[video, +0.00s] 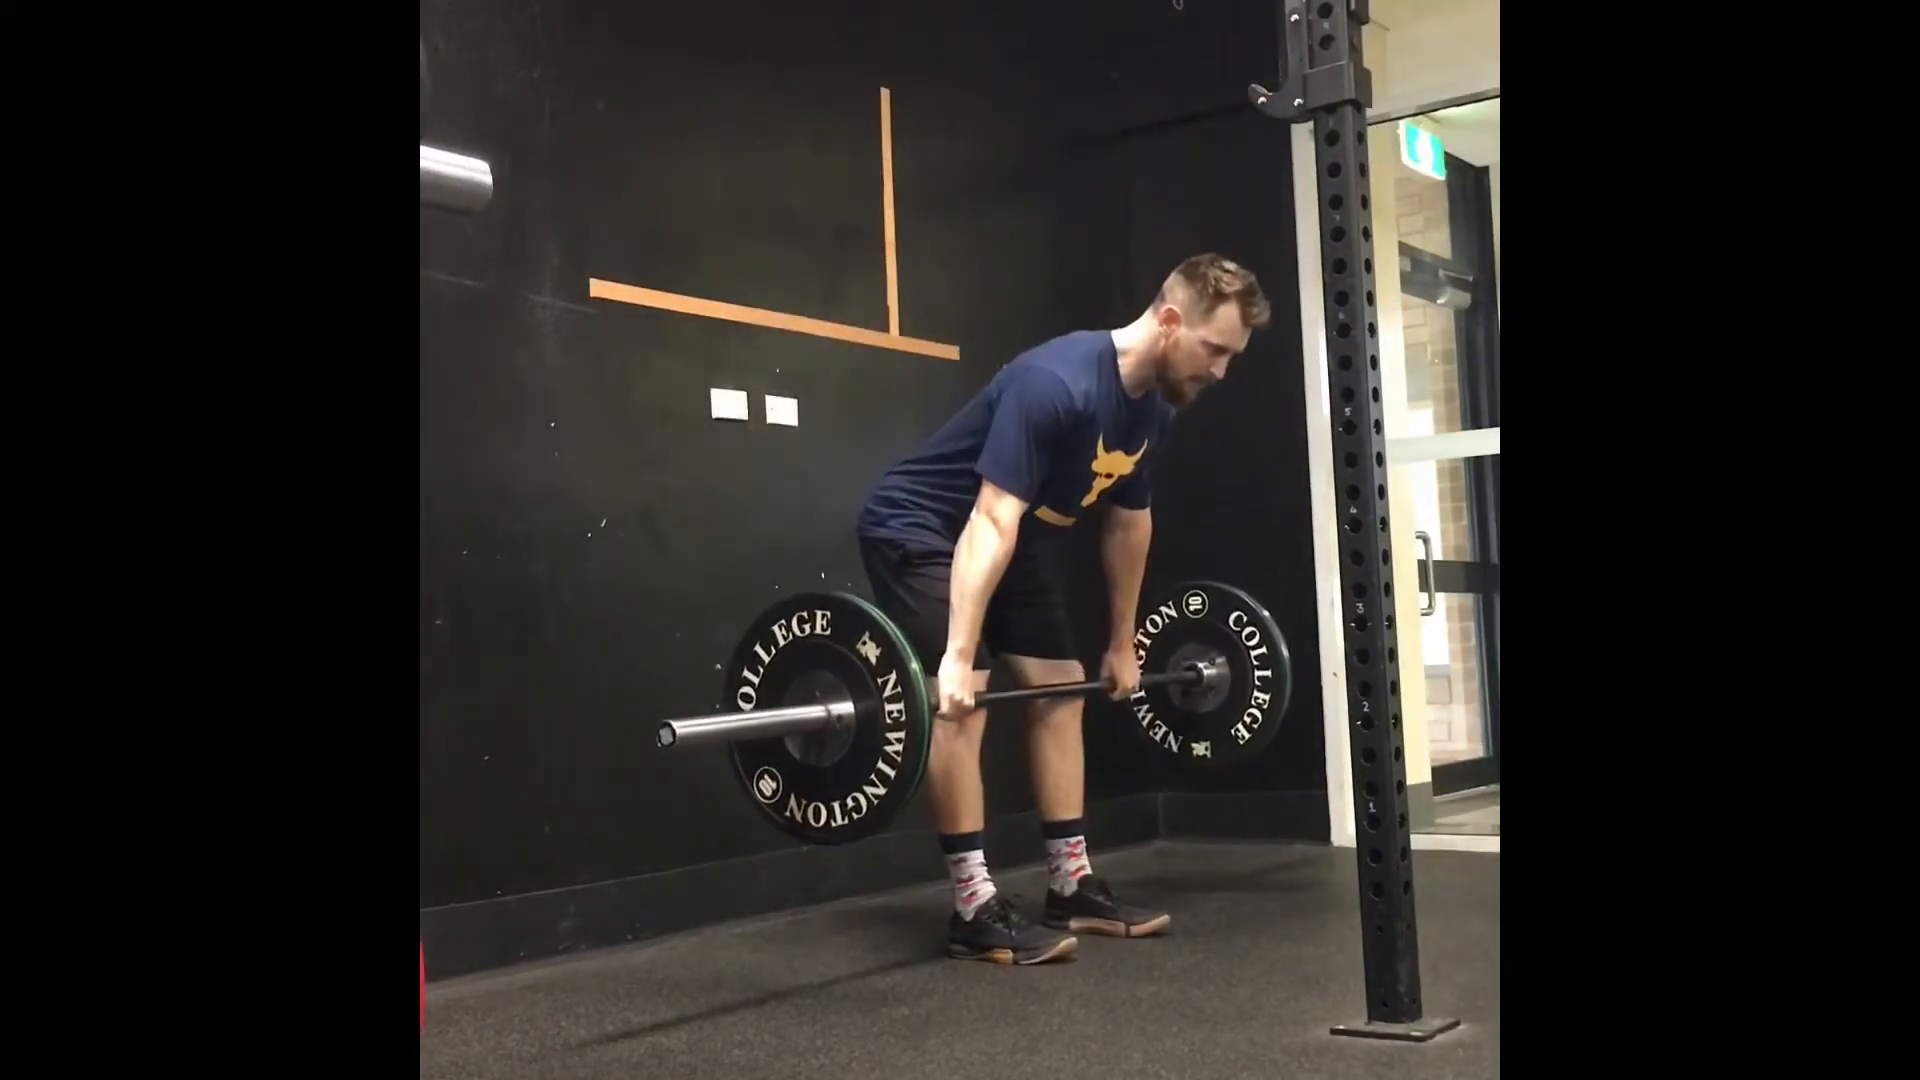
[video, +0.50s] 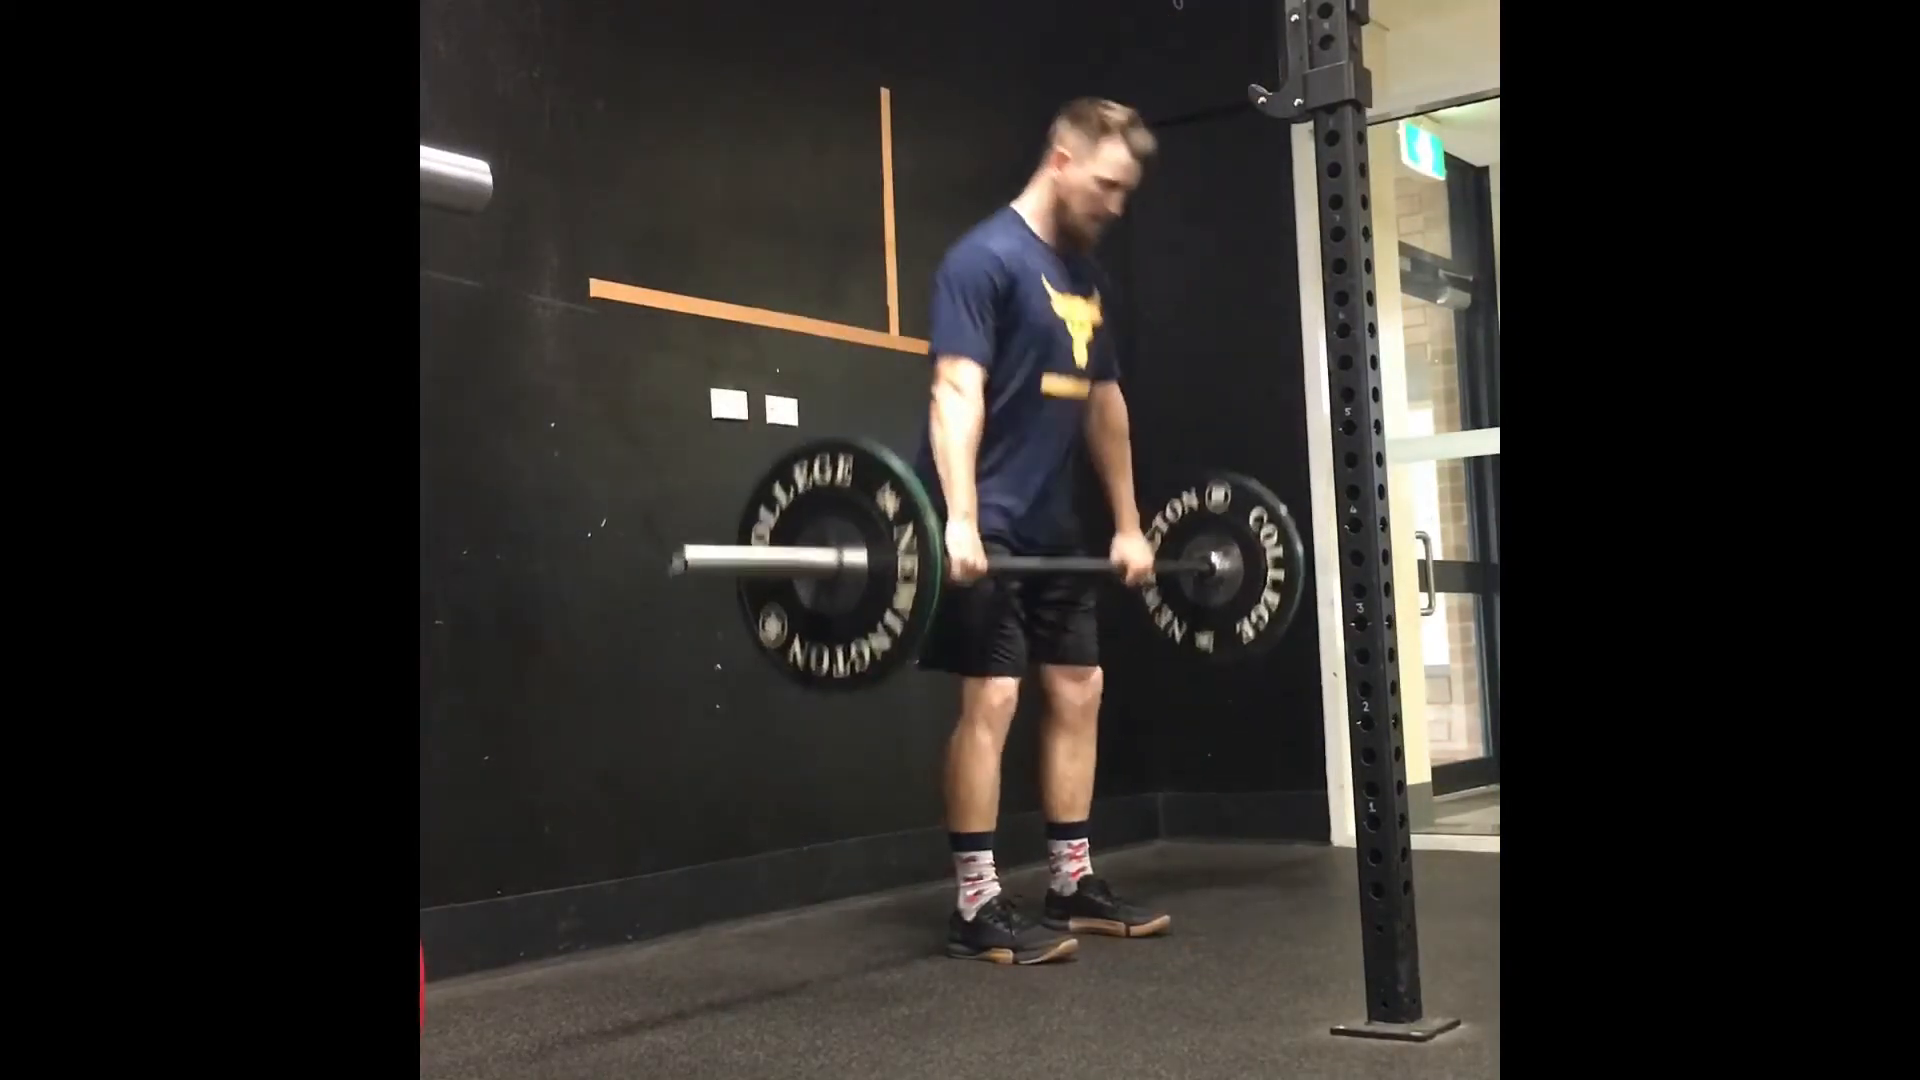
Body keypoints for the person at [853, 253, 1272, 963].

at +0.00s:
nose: (1220, 372)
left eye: (1230, 358)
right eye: (1214, 350)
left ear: (1173, 328)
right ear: (1166, 318)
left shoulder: (1151, 405)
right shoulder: (1054, 385)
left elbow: (1128, 520)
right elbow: (993, 518)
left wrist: (1122, 641)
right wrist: (958, 656)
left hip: (1010, 529)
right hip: (918, 527)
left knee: (1058, 685)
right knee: (961, 699)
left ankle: (1070, 884)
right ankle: (974, 906)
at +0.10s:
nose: (1216, 370)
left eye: (1227, 357)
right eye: (1210, 349)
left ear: (1171, 326)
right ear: (1164, 316)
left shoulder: (1151, 404)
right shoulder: (1051, 384)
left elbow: (1127, 522)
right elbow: (990, 518)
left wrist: (1121, 643)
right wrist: (958, 656)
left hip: (1009, 530)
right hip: (917, 527)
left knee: (1058, 683)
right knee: (961, 699)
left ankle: (1070, 884)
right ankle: (974, 907)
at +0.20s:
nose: (1210, 355)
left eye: (1220, 341)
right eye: (1203, 334)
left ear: (1165, 313)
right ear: (1155, 304)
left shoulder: (1148, 396)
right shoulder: (1046, 377)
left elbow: (1125, 516)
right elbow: (989, 513)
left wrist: (1123, 641)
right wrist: (960, 650)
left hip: (1013, 528)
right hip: (917, 523)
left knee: (1059, 681)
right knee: (961, 694)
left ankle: (1071, 885)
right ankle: (974, 906)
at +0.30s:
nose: (1196, 318)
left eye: (1205, 304)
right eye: (1189, 297)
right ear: (1139, 272)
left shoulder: (1138, 377)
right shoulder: (1038, 353)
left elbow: (1123, 501)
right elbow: (987, 492)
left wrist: (1125, 621)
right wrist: (961, 624)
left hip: (1018, 528)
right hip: (925, 527)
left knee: (1064, 681)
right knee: (967, 689)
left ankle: (1071, 886)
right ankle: (974, 905)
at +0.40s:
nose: (1166, 257)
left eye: (1174, 242)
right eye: (1160, 235)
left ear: (1134, 223)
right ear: (1107, 211)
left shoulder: (1119, 328)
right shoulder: (1015, 308)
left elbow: (1116, 455)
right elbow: (977, 447)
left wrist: (1128, 577)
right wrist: (964, 575)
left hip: (1021, 526)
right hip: (940, 525)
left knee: (1071, 685)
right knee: (978, 698)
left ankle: (1071, 886)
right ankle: (976, 908)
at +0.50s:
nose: (1115, 208)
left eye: (1124, 195)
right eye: (1109, 188)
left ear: (1095, 179)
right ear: (1059, 161)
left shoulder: (1084, 274)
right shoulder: (981, 259)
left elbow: (1104, 403)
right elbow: (955, 392)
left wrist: (1128, 521)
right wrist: (961, 518)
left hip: (1061, 526)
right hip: (989, 526)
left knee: (1076, 689)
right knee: (992, 699)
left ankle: (1072, 885)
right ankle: (976, 907)